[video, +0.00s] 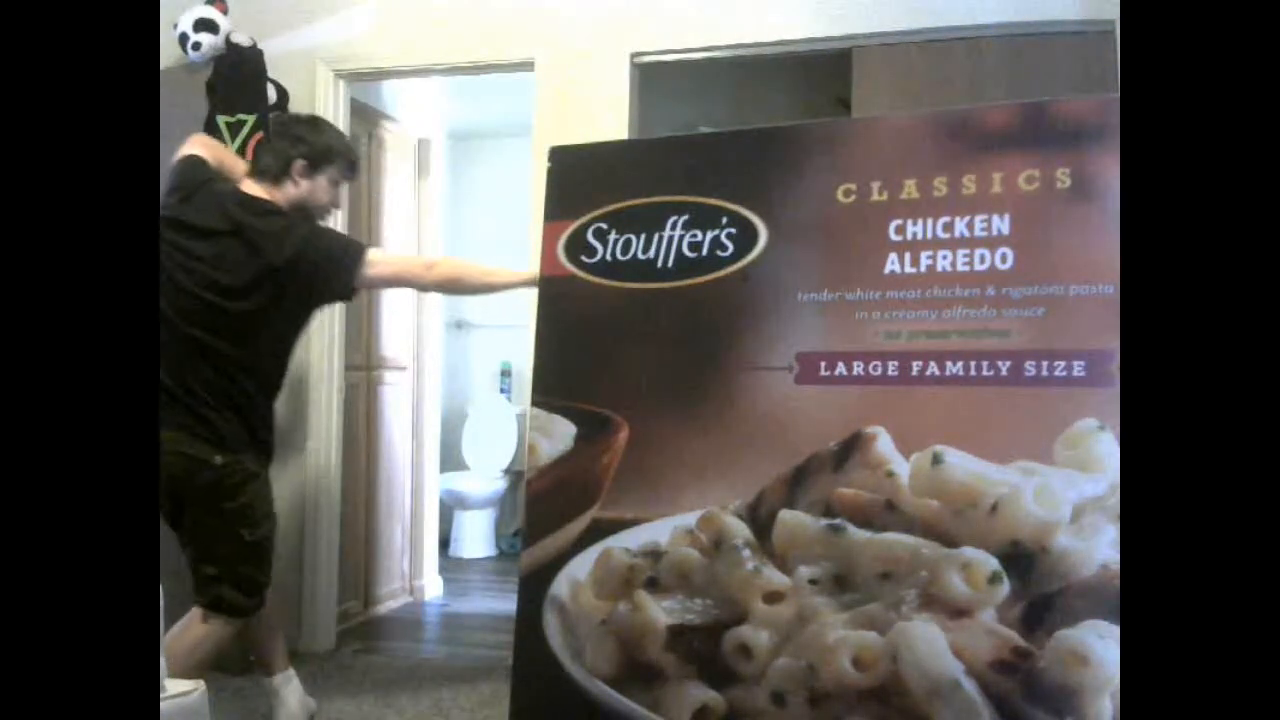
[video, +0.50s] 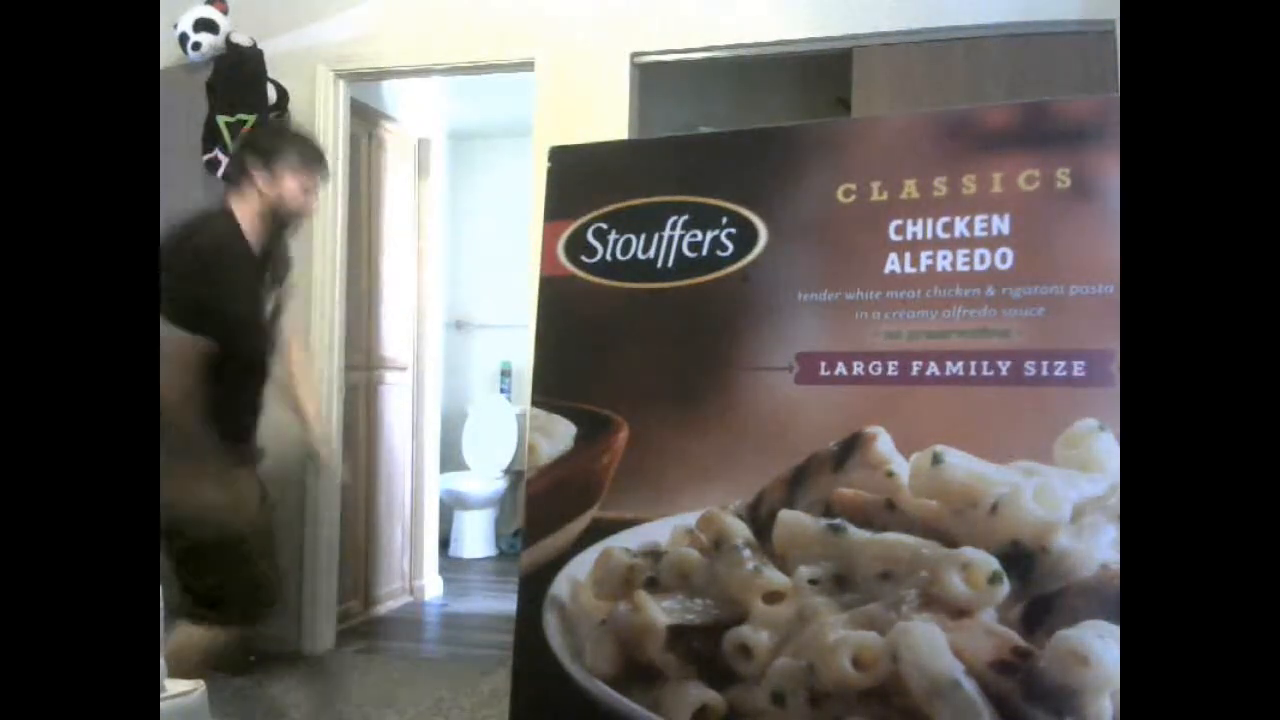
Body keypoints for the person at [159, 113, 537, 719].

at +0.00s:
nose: (338, 200)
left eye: (342, 187)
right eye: (336, 183)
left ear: (275, 168)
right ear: (299, 172)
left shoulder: (194, 192)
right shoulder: (307, 248)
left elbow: (199, 145)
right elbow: (430, 273)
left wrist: (258, 177)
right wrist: (528, 275)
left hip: (167, 434)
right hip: (220, 453)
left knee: (249, 577)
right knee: (226, 603)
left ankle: (289, 699)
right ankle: (161, 697)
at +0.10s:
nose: (328, 194)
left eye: (330, 181)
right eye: (325, 178)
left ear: (275, 165)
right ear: (289, 166)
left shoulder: (183, 183)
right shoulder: (298, 240)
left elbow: (184, 147)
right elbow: (422, 265)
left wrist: (248, 181)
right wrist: (522, 262)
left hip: (168, 429)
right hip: (211, 447)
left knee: (240, 582)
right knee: (221, 604)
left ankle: (265, 696)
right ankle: (161, 695)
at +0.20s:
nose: (326, 198)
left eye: (328, 184)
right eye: (323, 181)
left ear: (274, 167)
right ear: (285, 168)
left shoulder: (182, 187)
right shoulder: (288, 238)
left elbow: (183, 155)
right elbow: (415, 257)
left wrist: (243, 184)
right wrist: (516, 251)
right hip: (191, 443)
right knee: (230, 598)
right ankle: (163, 695)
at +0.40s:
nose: (321, 215)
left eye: (324, 202)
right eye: (315, 199)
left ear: (278, 192)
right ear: (274, 188)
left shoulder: (261, 252)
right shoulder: (222, 250)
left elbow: (261, 346)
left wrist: (309, 416)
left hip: (210, 447)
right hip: (180, 451)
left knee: (238, 589)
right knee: (238, 598)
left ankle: (181, 696)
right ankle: (167, 697)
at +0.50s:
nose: (311, 200)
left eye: (314, 188)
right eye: (303, 185)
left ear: (275, 183)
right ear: (259, 176)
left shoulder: (271, 247)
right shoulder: (202, 248)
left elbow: (282, 344)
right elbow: (173, 388)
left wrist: (314, 427)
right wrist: (208, 466)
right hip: (187, 456)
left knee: (243, 598)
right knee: (231, 600)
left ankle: (180, 693)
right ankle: (171, 697)